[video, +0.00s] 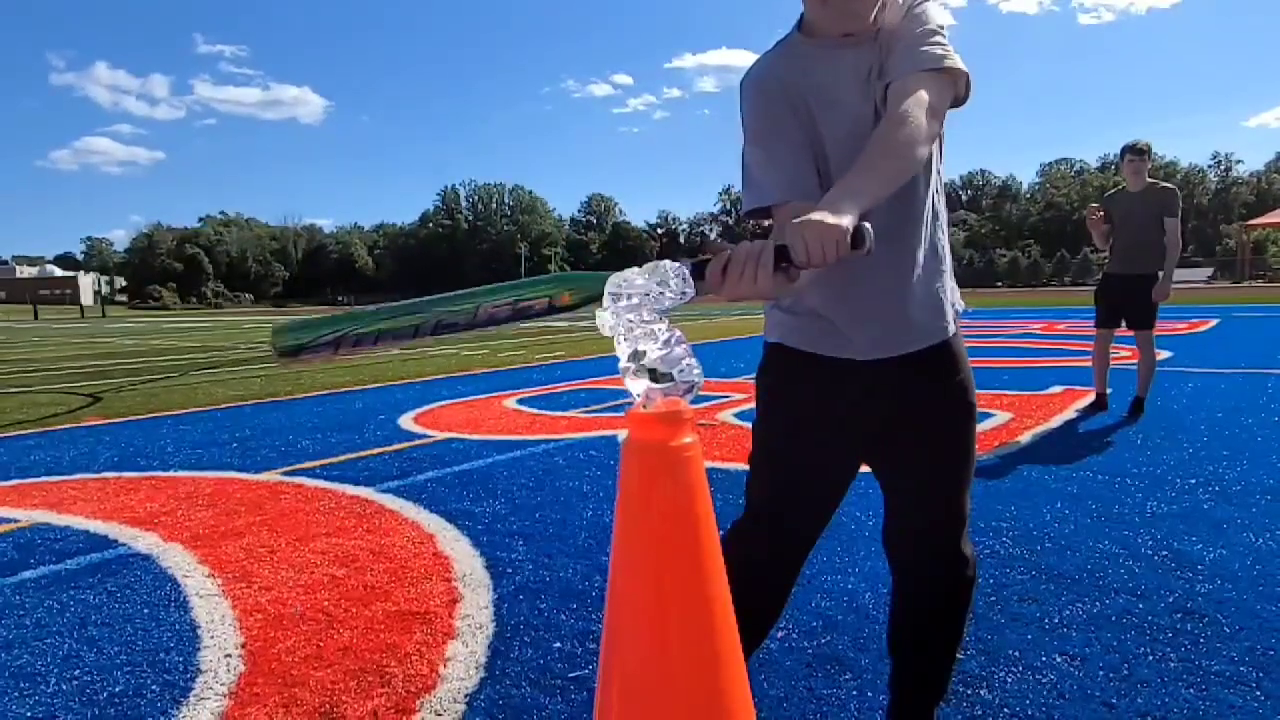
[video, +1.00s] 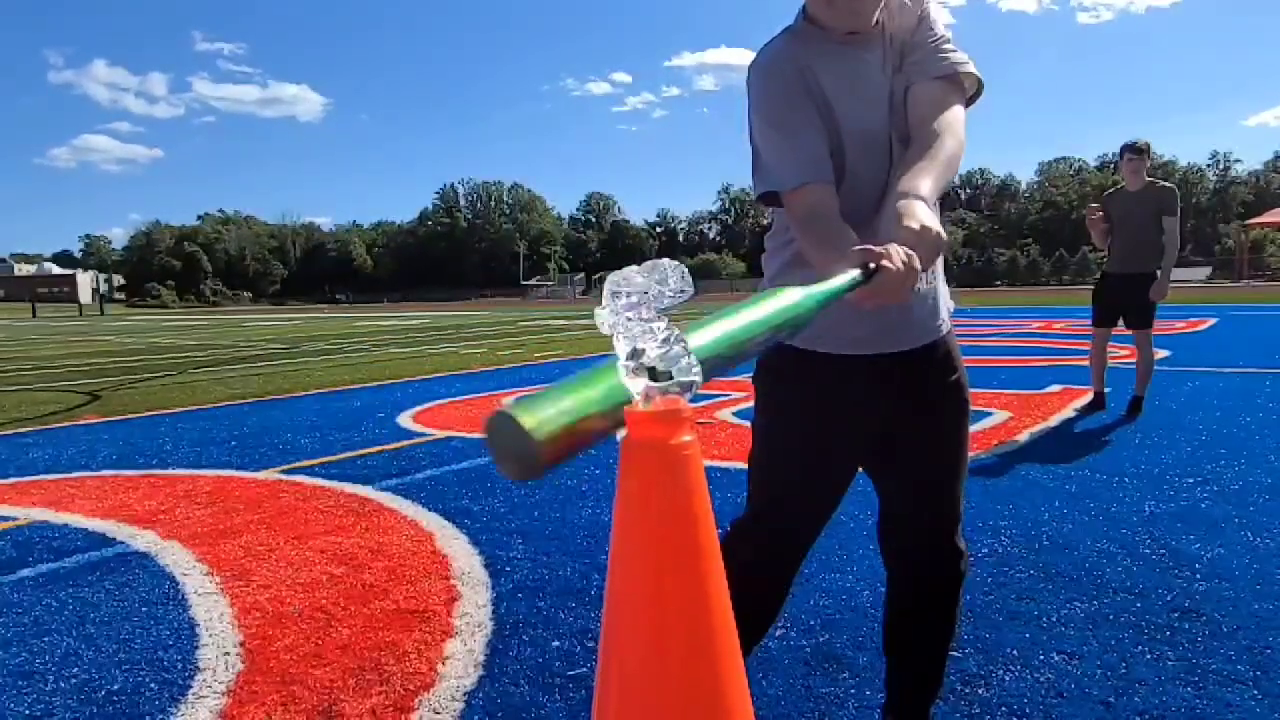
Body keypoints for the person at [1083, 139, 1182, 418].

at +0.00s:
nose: (1136, 165)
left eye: (1141, 160)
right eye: (1131, 160)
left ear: (1149, 163)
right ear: (1122, 165)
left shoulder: (1166, 194)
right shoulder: (1112, 199)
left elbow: (1173, 240)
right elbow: (1102, 244)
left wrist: (1166, 279)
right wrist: (1095, 227)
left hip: (1145, 278)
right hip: (1113, 277)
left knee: (1144, 342)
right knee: (1102, 338)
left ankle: (1139, 400)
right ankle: (1100, 396)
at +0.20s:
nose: (1136, 165)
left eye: (1141, 160)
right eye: (1131, 160)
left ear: (1149, 163)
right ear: (1121, 165)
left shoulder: (1166, 194)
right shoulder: (1112, 199)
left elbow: (1173, 240)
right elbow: (1102, 244)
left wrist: (1166, 278)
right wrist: (1095, 226)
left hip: (1145, 277)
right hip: (1113, 277)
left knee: (1144, 341)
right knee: (1102, 338)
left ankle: (1139, 399)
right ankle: (1100, 395)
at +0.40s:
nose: (1136, 164)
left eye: (1141, 159)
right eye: (1130, 160)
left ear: (1149, 163)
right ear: (1121, 164)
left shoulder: (1166, 194)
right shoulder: (1112, 199)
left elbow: (1173, 240)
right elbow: (1102, 243)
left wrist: (1165, 278)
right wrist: (1094, 225)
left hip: (1144, 277)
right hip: (1112, 276)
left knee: (1144, 341)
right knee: (1101, 338)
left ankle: (1139, 399)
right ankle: (1099, 395)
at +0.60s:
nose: (1136, 164)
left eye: (1141, 159)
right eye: (1130, 159)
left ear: (1149, 162)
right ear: (1121, 164)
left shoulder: (1166, 193)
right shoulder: (1112, 198)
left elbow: (1172, 239)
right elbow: (1102, 243)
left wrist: (1165, 278)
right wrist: (1094, 225)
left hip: (1144, 276)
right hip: (1112, 276)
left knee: (1143, 341)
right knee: (1101, 337)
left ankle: (1139, 399)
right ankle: (1099, 395)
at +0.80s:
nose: (1136, 164)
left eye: (1141, 159)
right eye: (1130, 159)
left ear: (1148, 162)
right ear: (1121, 164)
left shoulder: (1165, 193)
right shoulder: (1111, 198)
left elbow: (1172, 239)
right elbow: (1102, 243)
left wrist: (1164, 278)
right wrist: (1094, 225)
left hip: (1144, 276)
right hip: (1112, 276)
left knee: (1143, 341)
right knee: (1100, 338)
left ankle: (1138, 398)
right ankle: (1098, 395)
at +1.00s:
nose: (1134, 164)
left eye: (1139, 159)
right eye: (1129, 159)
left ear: (1148, 163)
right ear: (1120, 164)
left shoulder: (1165, 193)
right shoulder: (1111, 198)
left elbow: (1172, 239)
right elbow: (1102, 243)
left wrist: (1163, 278)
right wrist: (1094, 226)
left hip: (1143, 277)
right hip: (1111, 277)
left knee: (1142, 341)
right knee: (1099, 339)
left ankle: (1138, 398)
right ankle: (1098, 395)